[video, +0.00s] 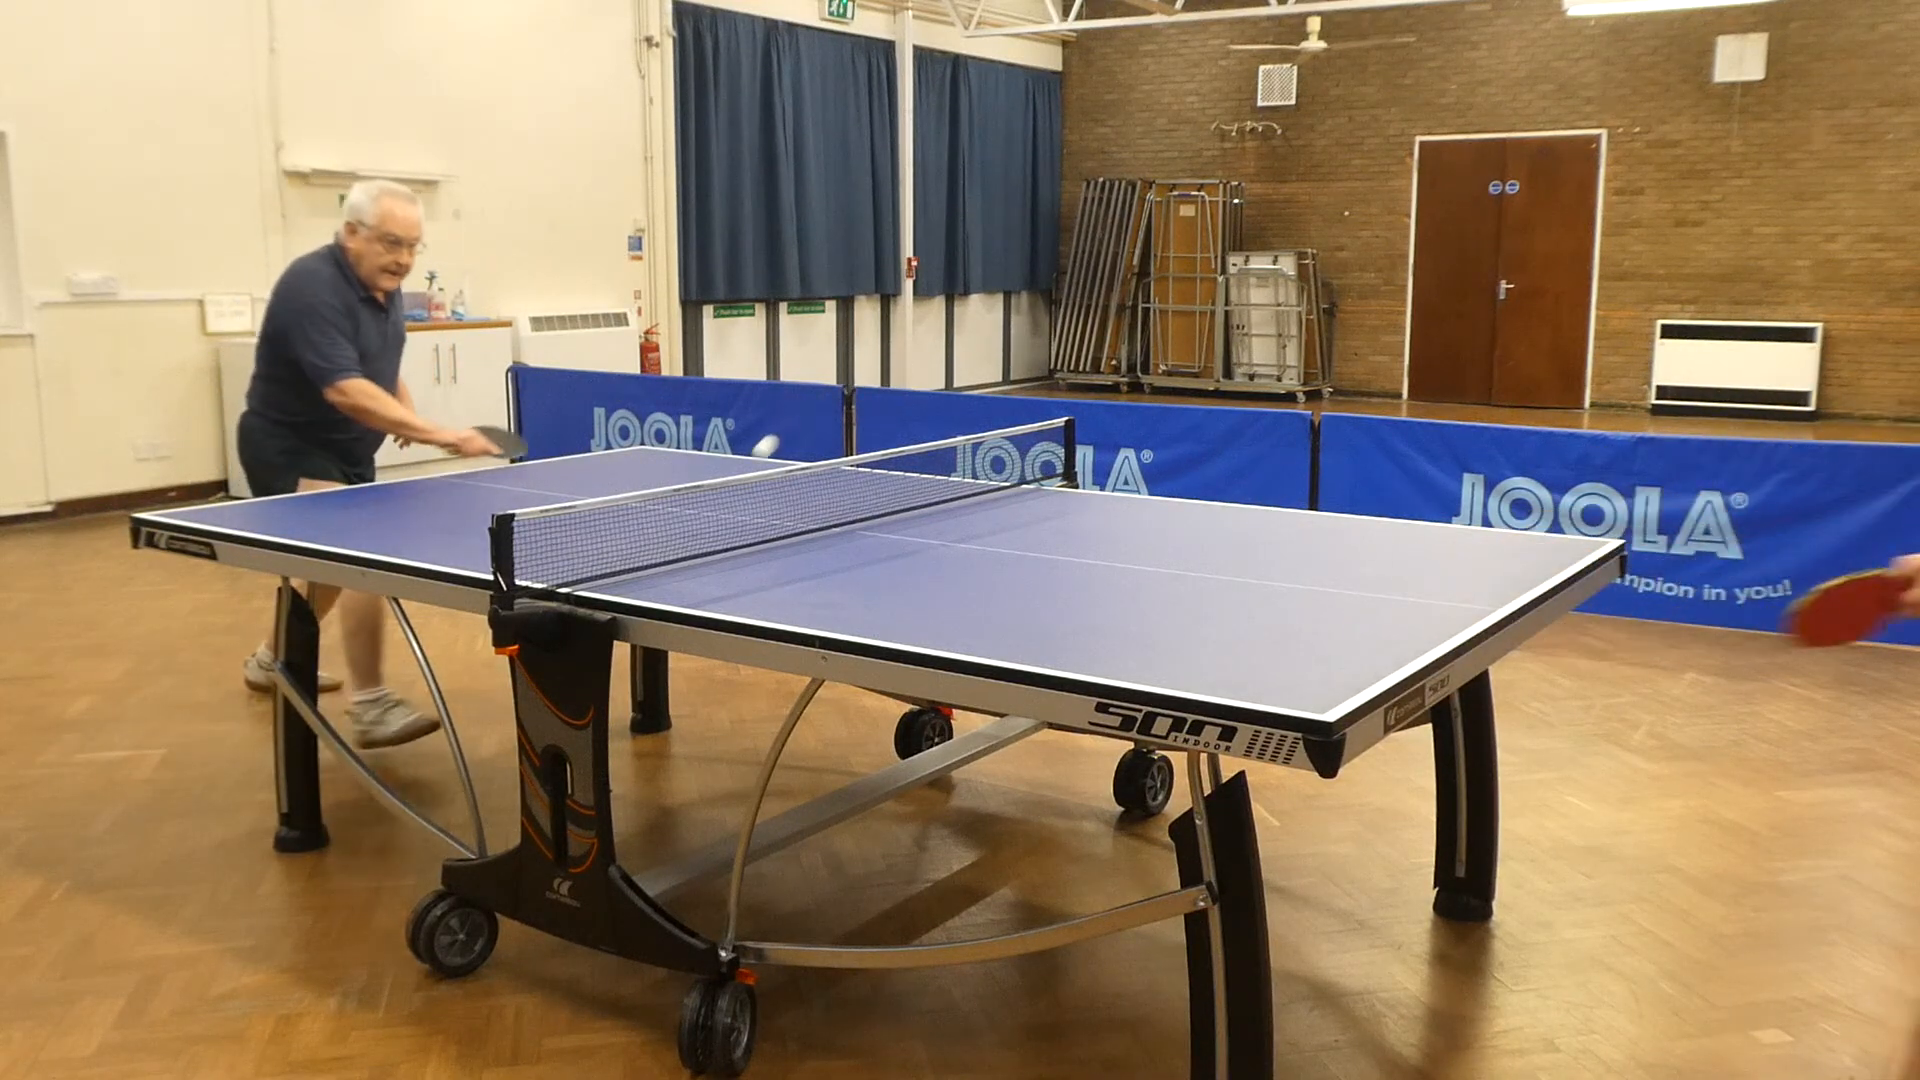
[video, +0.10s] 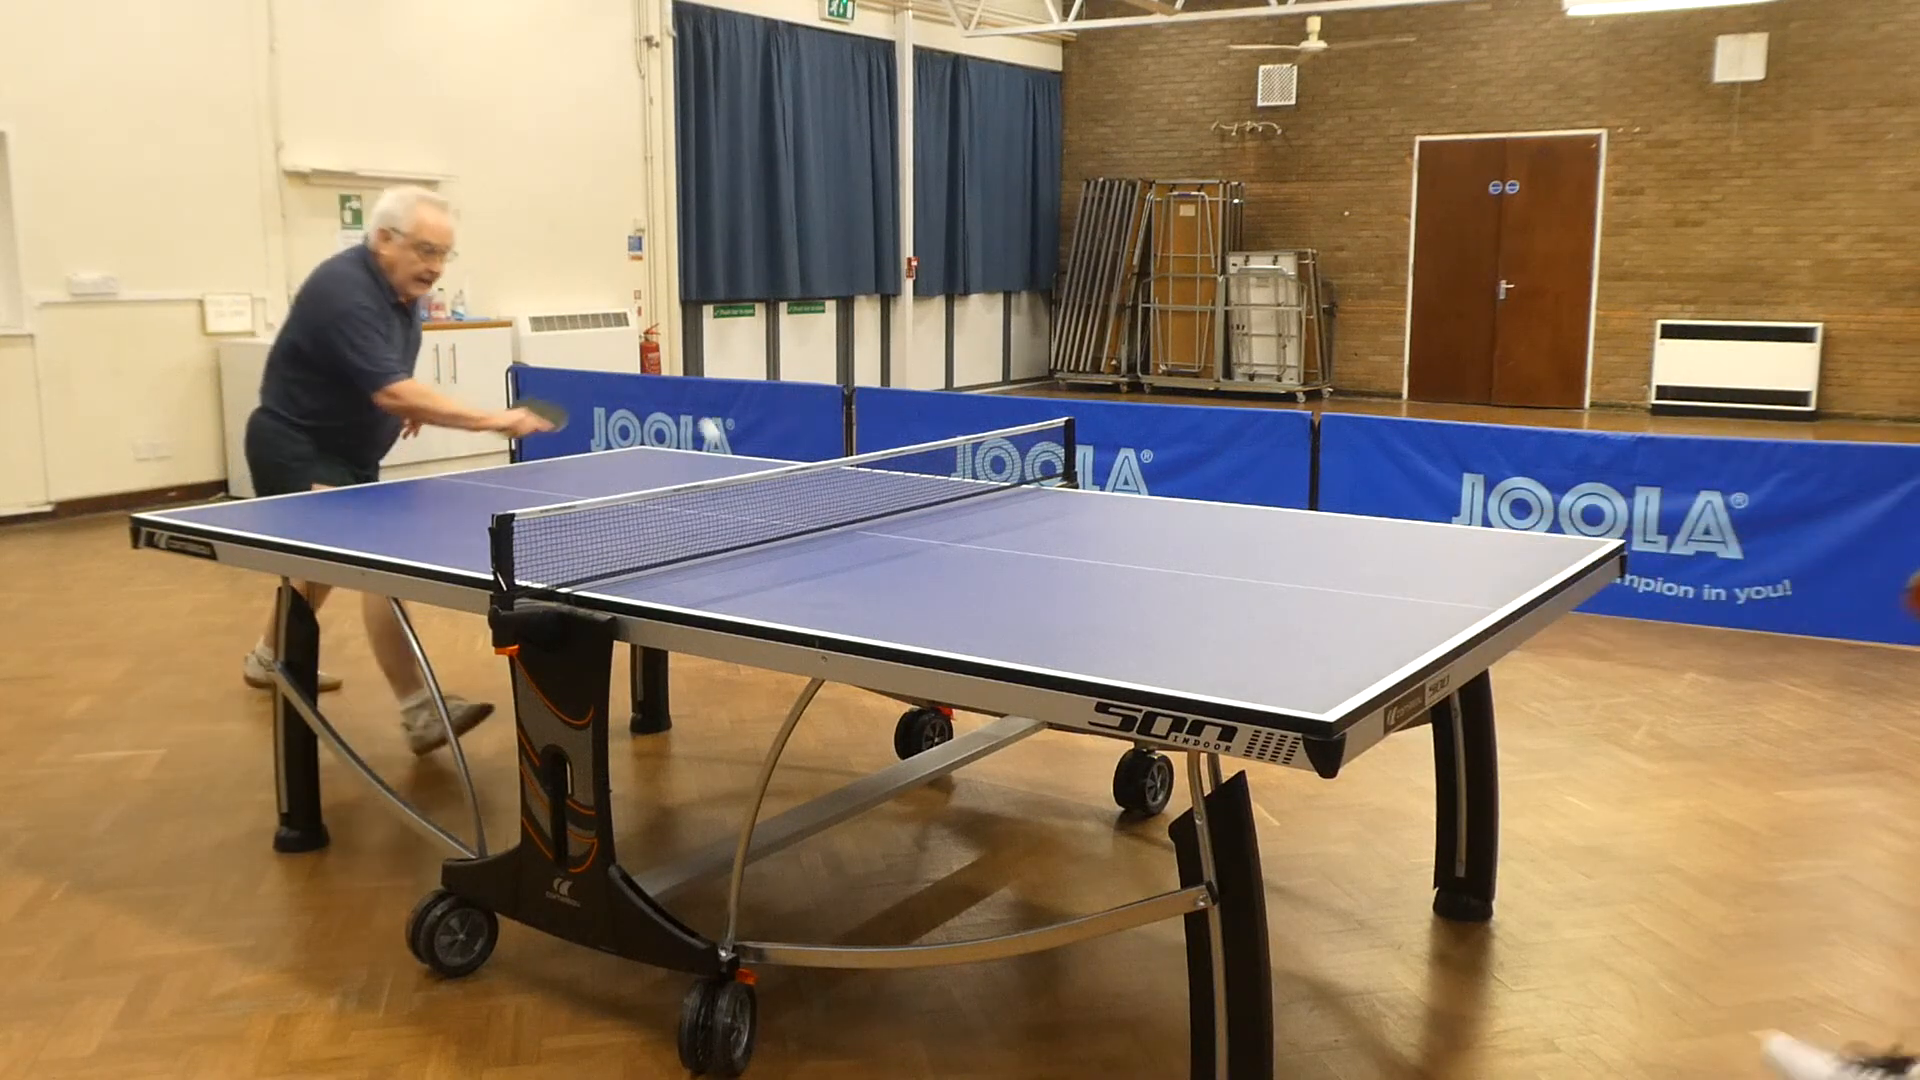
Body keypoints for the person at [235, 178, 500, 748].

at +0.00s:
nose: (403, 260)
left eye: (412, 247)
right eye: (390, 243)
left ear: (418, 247)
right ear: (350, 235)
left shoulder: (386, 293)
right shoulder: (311, 285)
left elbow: (387, 376)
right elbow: (343, 391)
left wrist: (409, 426)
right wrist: (444, 437)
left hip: (350, 453)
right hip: (290, 452)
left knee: (331, 562)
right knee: (364, 559)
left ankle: (274, 656)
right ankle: (369, 703)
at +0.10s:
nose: (436, 268)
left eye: (443, 255)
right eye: (426, 252)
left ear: (443, 252)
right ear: (383, 242)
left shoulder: (398, 289)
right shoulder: (343, 288)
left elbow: (386, 355)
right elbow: (390, 393)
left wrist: (404, 400)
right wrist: (495, 421)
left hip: (351, 450)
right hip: (296, 447)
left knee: (324, 558)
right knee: (381, 569)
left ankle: (271, 656)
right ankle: (422, 712)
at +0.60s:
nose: (490, 259)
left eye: (498, 246)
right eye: (479, 242)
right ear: (435, 234)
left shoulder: (430, 277)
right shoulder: (410, 289)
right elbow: (474, 390)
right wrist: (576, 422)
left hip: (375, 450)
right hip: (341, 450)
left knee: (356, 546)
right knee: (432, 570)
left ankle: (274, 641)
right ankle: (443, 721)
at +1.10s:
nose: (329, 226)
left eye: (340, 214)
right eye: (314, 213)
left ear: (350, 218)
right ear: (281, 214)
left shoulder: (353, 268)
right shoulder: (254, 278)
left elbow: (361, 343)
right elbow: (241, 365)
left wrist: (395, 404)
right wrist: (286, 413)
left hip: (350, 443)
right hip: (282, 448)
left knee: (327, 563)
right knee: (335, 564)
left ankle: (264, 661)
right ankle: (354, 702)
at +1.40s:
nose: (324, 241)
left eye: (336, 229)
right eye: (310, 225)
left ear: (347, 226)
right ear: (276, 213)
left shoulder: (342, 266)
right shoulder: (239, 263)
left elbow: (345, 336)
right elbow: (188, 346)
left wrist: (369, 400)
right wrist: (248, 419)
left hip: (319, 446)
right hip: (249, 448)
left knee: (315, 570)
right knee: (265, 577)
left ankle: (286, 676)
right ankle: (254, 722)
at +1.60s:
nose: (346, 277)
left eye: (359, 267)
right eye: (337, 259)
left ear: (368, 262)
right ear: (303, 238)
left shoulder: (339, 296)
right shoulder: (250, 271)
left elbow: (318, 357)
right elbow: (249, 344)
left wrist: (335, 407)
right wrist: (322, 394)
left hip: (275, 455)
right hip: (208, 450)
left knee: (295, 573)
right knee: (255, 581)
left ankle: (285, 688)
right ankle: (252, 730)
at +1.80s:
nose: (354, 271)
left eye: (364, 259)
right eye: (343, 253)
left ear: (369, 256)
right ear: (302, 237)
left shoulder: (328, 294)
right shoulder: (252, 279)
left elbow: (300, 361)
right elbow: (259, 354)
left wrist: (315, 417)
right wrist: (314, 389)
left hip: (262, 450)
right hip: (197, 446)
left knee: (270, 570)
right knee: (257, 581)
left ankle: (237, 661)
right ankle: (254, 729)